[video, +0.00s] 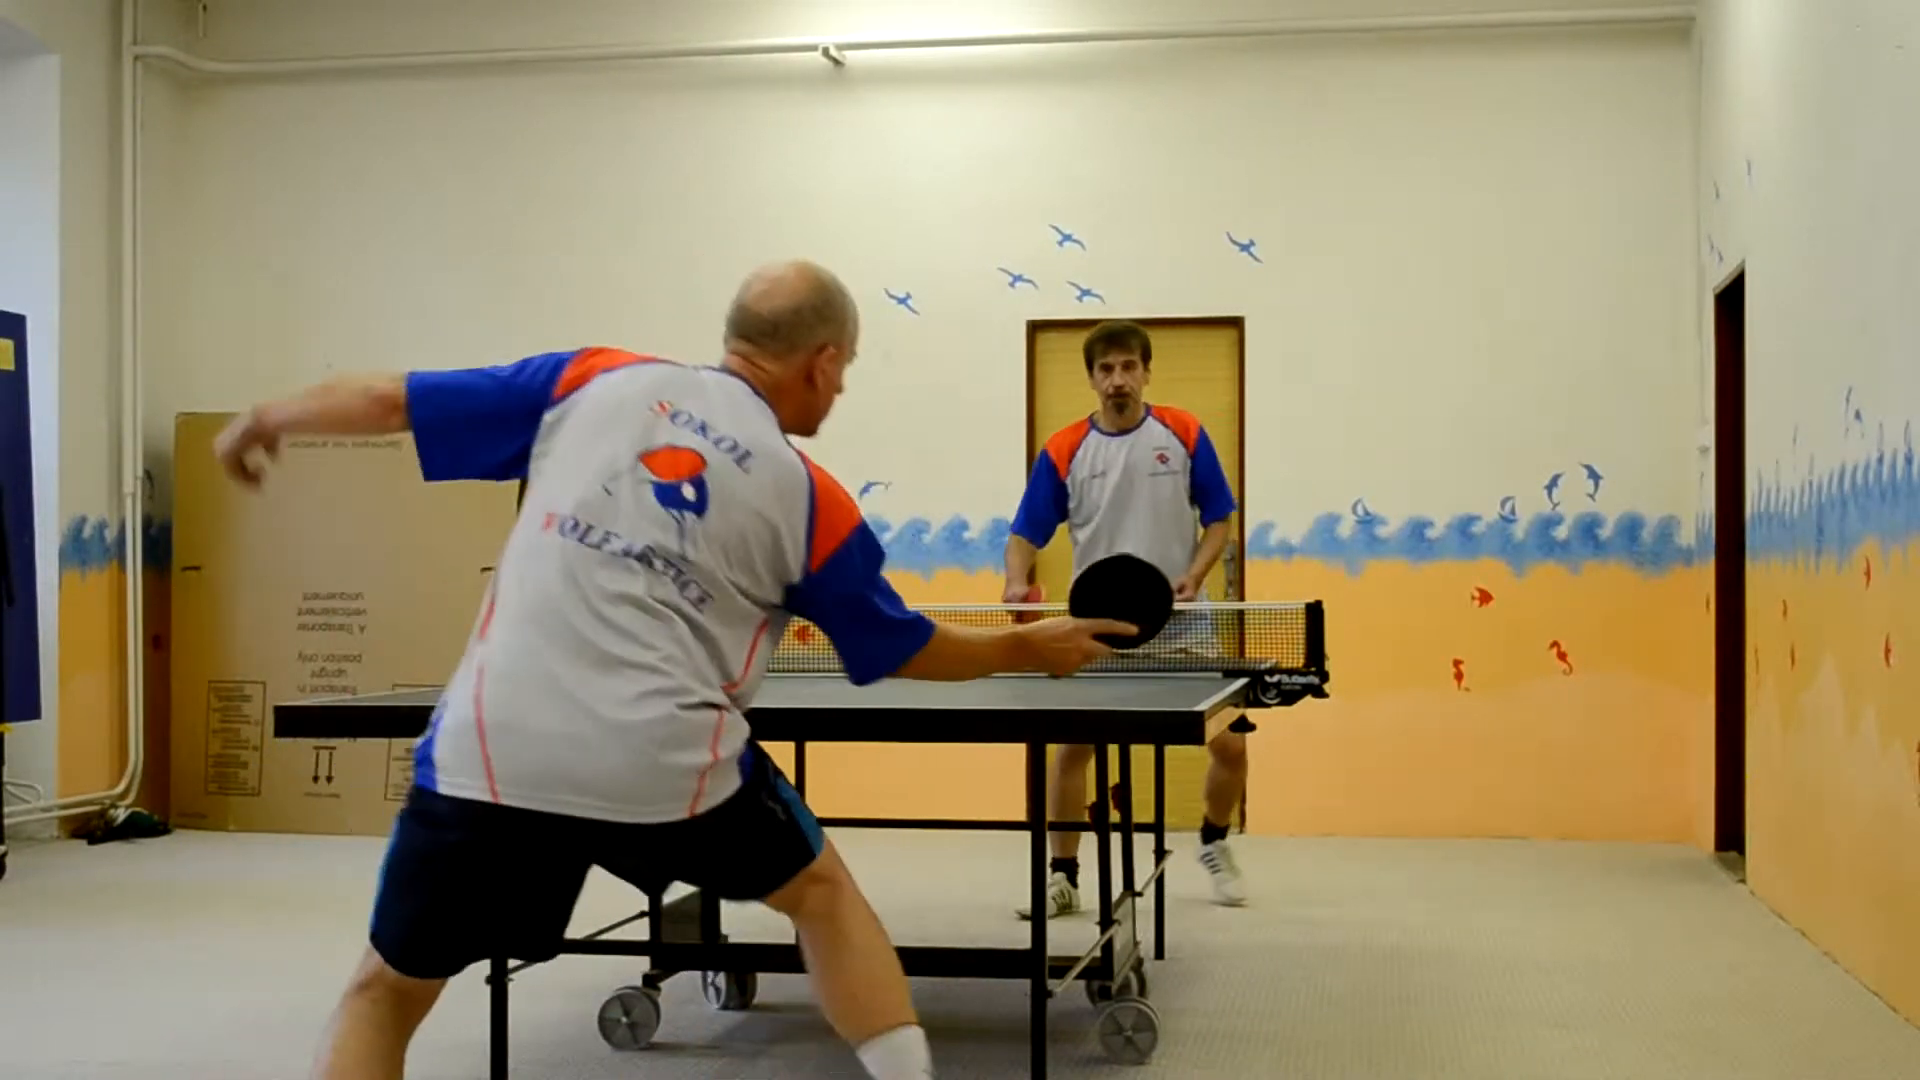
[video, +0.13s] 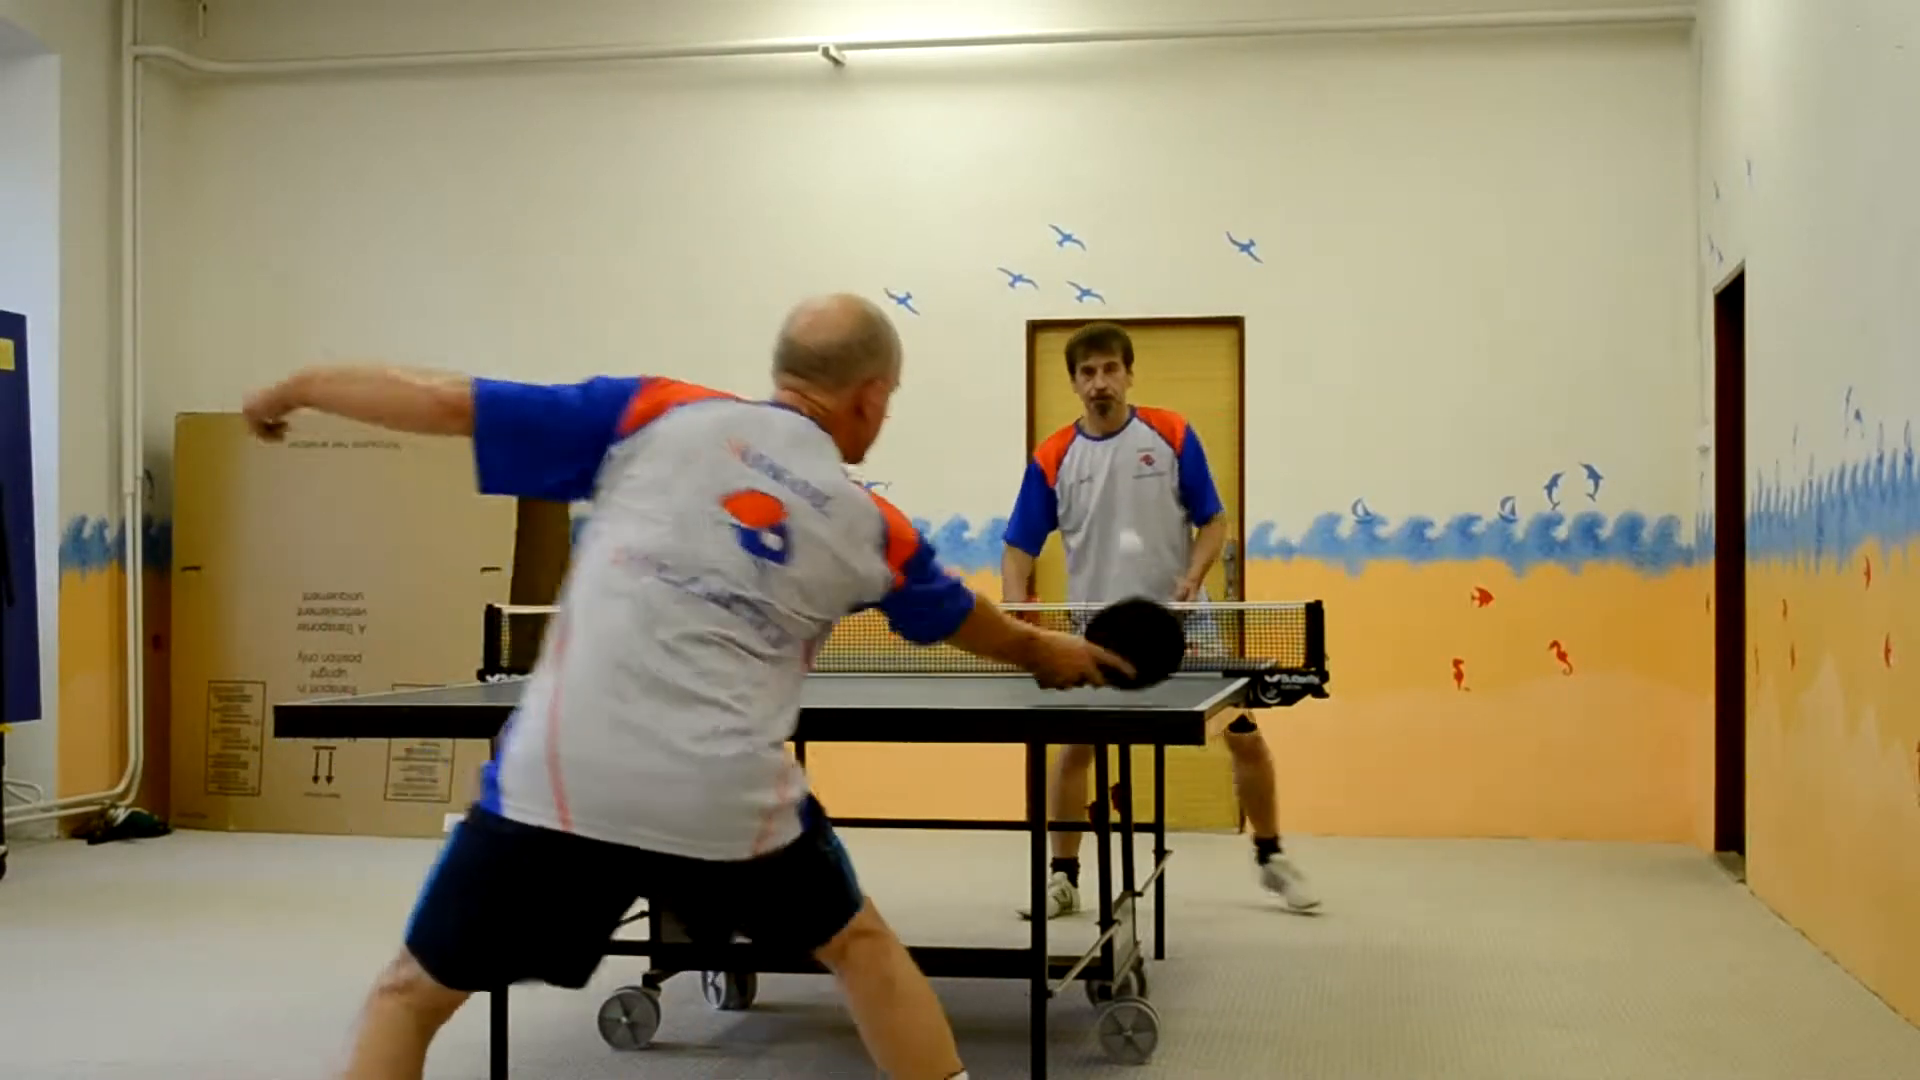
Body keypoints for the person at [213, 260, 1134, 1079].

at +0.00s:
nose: (838, 394)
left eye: (841, 373)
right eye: (841, 373)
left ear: (729, 340)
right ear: (811, 366)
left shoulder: (589, 376)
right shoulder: (807, 495)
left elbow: (399, 401)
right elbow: (901, 648)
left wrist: (270, 416)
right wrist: (1032, 644)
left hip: (484, 761)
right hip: (668, 773)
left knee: (386, 989)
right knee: (825, 896)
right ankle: (907, 1074)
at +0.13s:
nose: (887, 416)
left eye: (884, 400)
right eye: (887, 402)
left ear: (779, 373)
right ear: (866, 402)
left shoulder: (650, 413)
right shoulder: (871, 525)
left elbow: (451, 404)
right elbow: (991, 632)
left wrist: (299, 386)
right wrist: (1070, 656)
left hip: (551, 789)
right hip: (732, 809)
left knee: (411, 993)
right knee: (867, 958)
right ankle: (946, 1077)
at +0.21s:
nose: (913, 425)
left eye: (905, 407)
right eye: (917, 411)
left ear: (806, 380)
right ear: (901, 415)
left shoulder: (696, 425)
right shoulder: (906, 534)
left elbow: (504, 424)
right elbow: (1002, 621)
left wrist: (344, 421)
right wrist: (1058, 633)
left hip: (592, 798)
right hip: (770, 819)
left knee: (430, 973)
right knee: (882, 951)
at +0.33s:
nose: (911, 416)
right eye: (914, 401)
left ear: (799, 380)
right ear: (904, 408)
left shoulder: (704, 428)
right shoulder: (917, 527)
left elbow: (523, 454)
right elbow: (1003, 626)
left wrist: (390, 489)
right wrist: (1063, 638)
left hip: (612, 794)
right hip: (788, 817)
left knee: (441, 968)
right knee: (886, 950)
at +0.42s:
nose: (886, 409)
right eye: (889, 397)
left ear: (777, 378)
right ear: (880, 405)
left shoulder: (682, 433)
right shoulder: (903, 524)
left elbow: (503, 477)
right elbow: (996, 632)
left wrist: (378, 531)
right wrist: (1063, 644)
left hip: (592, 811)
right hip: (774, 831)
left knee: (434, 994)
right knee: (878, 953)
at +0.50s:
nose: (849, 407)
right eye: (851, 394)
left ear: (738, 371)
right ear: (841, 401)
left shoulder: (636, 438)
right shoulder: (868, 525)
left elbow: (442, 501)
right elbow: (975, 643)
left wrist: (333, 571)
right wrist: (1048, 641)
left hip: (561, 806)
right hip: (739, 822)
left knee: (405, 999)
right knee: (863, 963)